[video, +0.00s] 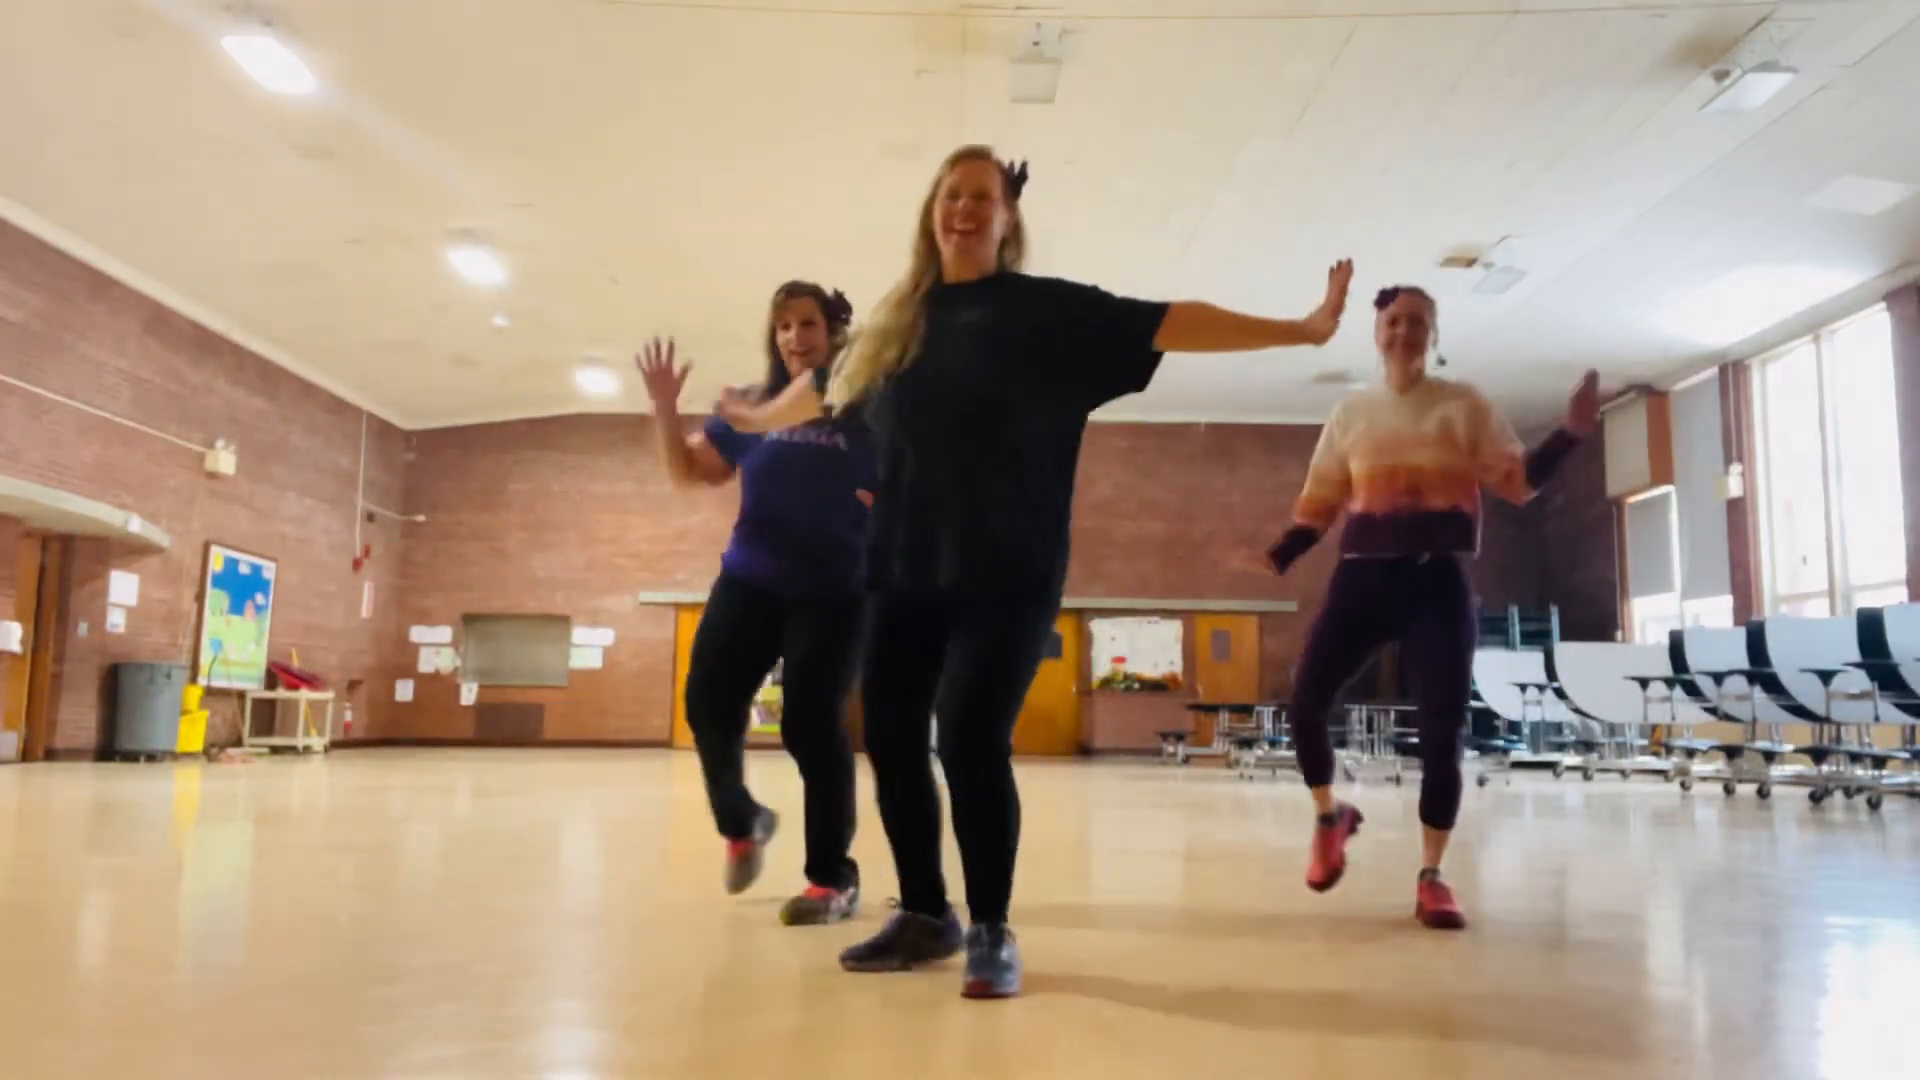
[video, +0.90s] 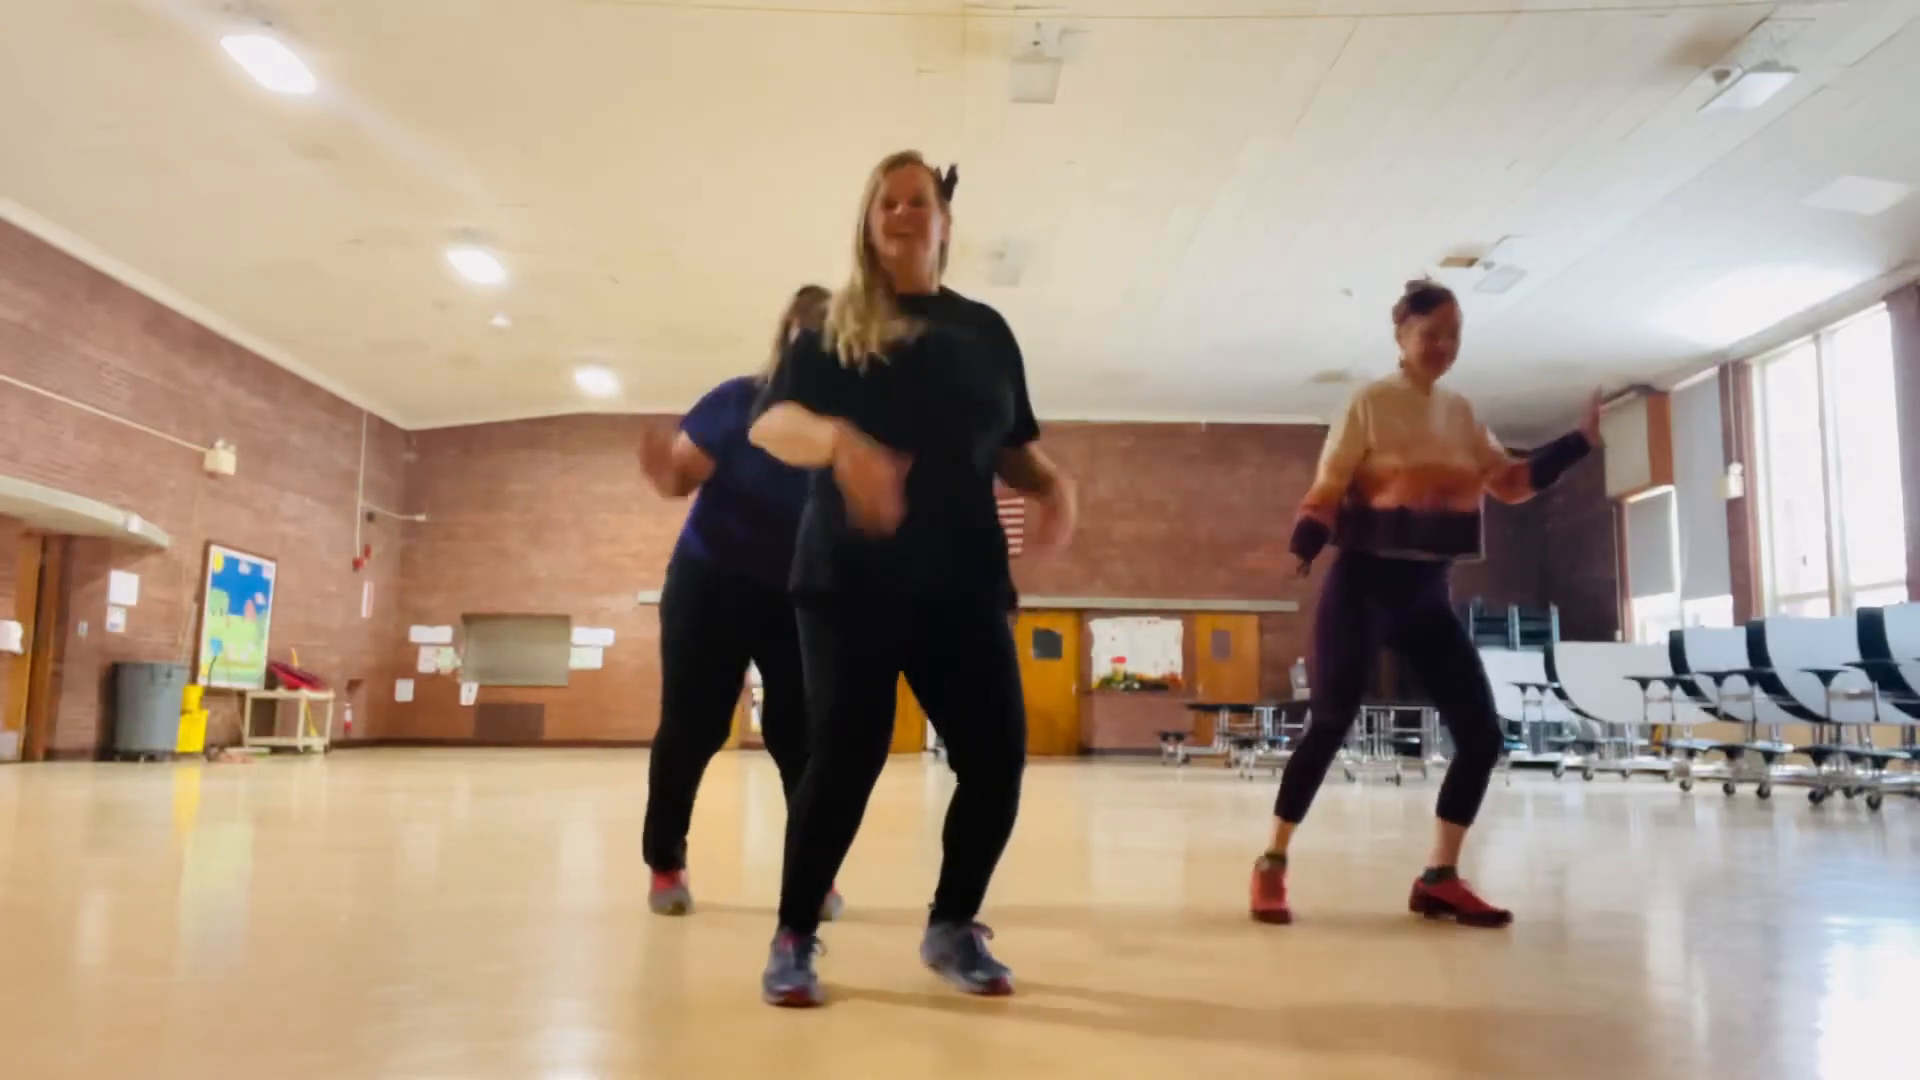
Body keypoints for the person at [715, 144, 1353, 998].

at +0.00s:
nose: (964, 207)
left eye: (981, 197)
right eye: (952, 195)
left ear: (1009, 218)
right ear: (931, 214)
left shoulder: (1048, 308)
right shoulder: (902, 321)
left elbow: (1168, 322)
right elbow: (828, 384)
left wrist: (1303, 330)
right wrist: (761, 417)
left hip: (1011, 561)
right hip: (911, 559)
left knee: (972, 738)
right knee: (888, 733)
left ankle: (990, 930)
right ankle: (924, 916)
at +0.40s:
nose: (957, 188)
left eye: (972, 179)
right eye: (941, 177)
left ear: (993, 206)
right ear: (914, 202)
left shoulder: (1027, 309)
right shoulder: (861, 302)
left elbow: (1134, 342)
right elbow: (752, 343)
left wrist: (1232, 368)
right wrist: (648, 364)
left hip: (988, 567)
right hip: (877, 565)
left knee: (988, 751)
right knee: (869, 753)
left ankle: (979, 924)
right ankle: (877, 938)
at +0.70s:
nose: (937, 176)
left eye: (951, 165)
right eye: (922, 165)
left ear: (976, 185)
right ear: (896, 186)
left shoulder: (1006, 289)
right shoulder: (852, 278)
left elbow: (1072, 359)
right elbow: (751, 338)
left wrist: (1163, 396)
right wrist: (712, 397)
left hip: (972, 550)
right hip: (862, 544)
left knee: (976, 743)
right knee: (836, 726)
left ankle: (959, 919)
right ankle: (808, 899)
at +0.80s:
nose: (920, 194)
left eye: (935, 183)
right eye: (905, 183)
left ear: (961, 204)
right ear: (879, 204)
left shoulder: (995, 310)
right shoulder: (832, 305)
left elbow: (1030, 417)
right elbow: (762, 398)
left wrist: (1095, 478)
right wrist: (787, 468)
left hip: (963, 562)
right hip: (856, 559)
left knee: (1002, 738)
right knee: (851, 739)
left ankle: (959, 910)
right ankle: (793, 926)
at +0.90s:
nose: (905, 214)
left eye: (919, 202)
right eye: (890, 204)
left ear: (947, 221)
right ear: (868, 225)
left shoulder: (984, 329)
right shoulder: (830, 329)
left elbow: (1009, 446)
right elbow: (772, 424)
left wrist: (1053, 483)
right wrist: (845, 446)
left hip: (958, 582)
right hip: (847, 584)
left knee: (995, 757)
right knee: (845, 757)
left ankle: (953, 928)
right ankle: (794, 938)